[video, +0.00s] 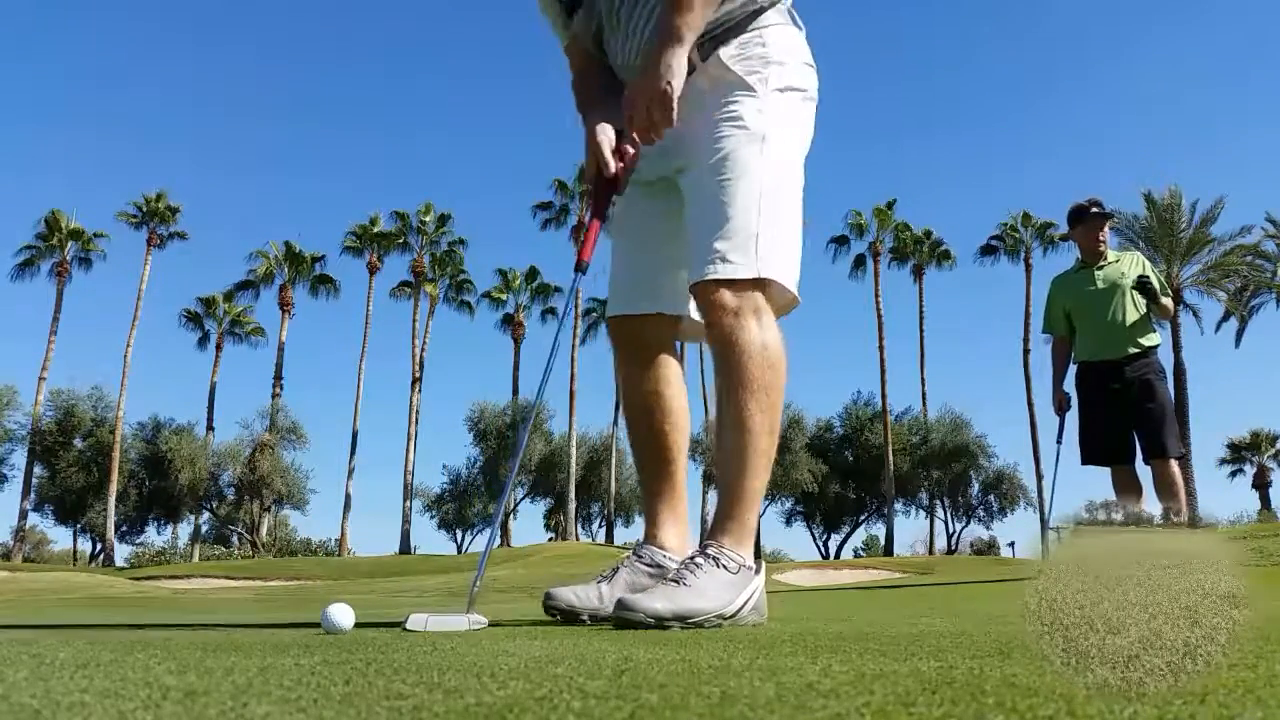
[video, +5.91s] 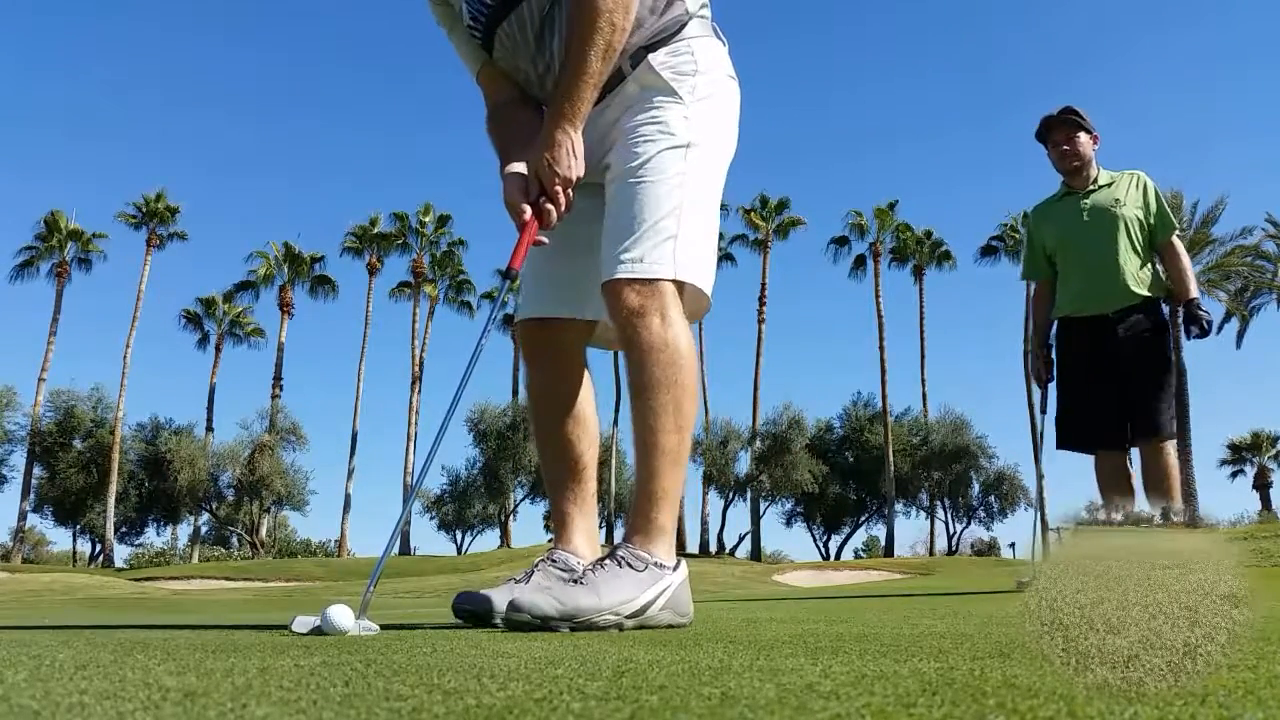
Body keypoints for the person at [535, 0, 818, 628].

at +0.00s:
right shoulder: (564, 7)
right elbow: (586, 61)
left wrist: (671, 41)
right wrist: (599, 120)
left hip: (738, 45)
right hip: (636, 85)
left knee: (732, 294)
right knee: (636, 321)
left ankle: (733, 561)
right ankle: (665, 554)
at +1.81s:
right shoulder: (545, 6)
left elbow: (706, 5)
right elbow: (597, 91)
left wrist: (655, 130)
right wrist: (612, 162)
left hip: (758, 58)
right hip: (659, 107)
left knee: (737, 288)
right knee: (644, 326)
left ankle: (742, 561)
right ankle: (666, 558)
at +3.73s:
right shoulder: (491, 5)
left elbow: (647, 10)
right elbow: (530, 78)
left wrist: (585, 132)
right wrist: (545, 158)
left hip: (690, 58)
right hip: (588, 97)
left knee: (656, 292)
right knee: (570, 318)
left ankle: (672, 560)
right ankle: (593, 559)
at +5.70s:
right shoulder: (444, 6)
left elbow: (613, 4)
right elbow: (499, 97)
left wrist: (563, 121)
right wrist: (513, 161)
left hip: (660, 62)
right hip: (565, 113)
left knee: (625, 280)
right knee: (541, 327)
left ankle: (652, 554)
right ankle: (574, 559)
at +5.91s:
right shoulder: (450, 6)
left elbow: (611, 4)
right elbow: (505, 95)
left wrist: (565, 121)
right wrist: (516, 160)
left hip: (662, 62)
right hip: (565, 108)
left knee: (642, 290)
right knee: (543, 326)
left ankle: (653, 561)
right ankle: (575, 559)